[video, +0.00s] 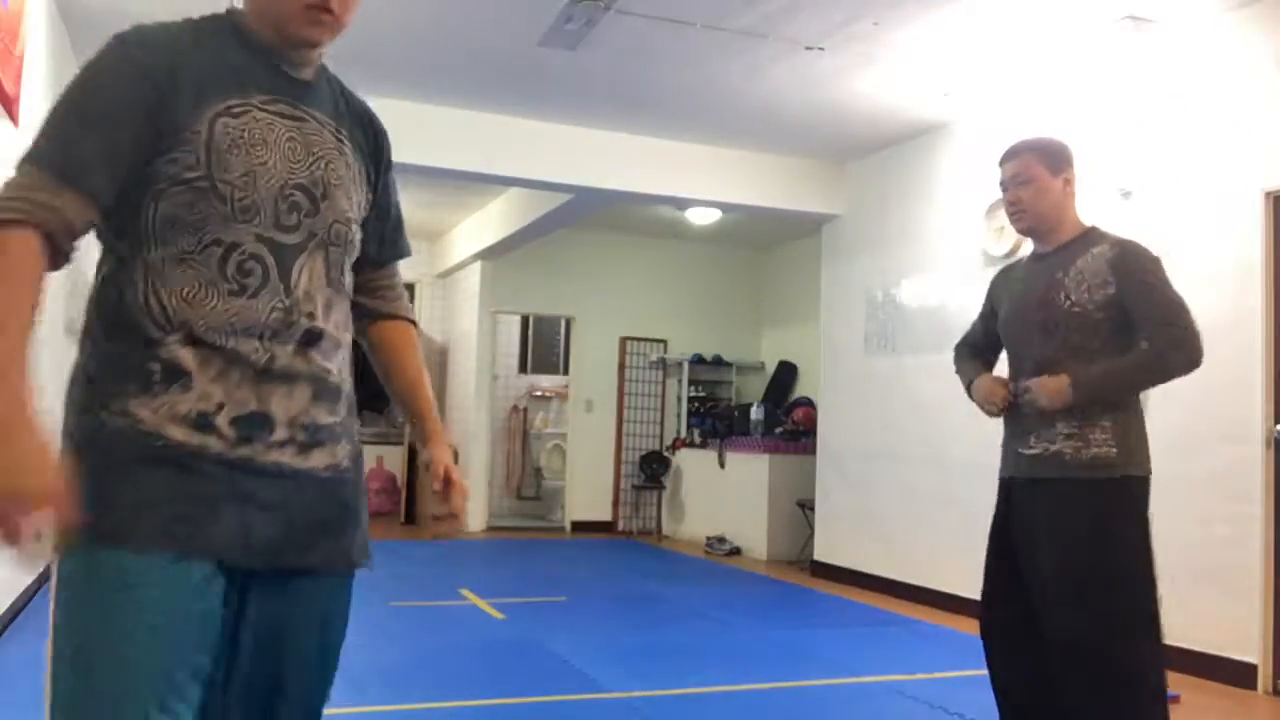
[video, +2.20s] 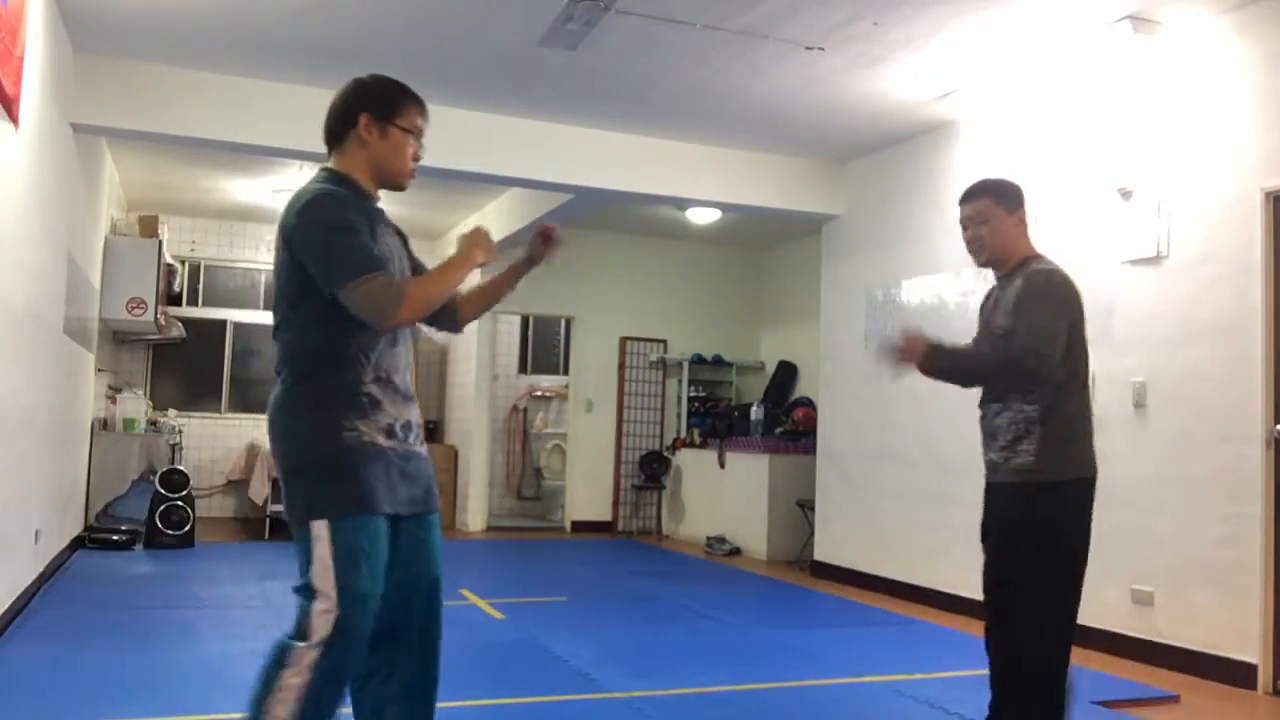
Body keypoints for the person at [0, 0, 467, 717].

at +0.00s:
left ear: (357, 3)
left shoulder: (361, 129)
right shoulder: (152, 63)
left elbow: (382, 298)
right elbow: (23, 226)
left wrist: (431, 429)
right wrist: (14, 427)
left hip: (312, 519)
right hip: (149, 501)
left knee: (279, 713)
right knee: (124, 708)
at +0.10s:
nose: (324, 3)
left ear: (351, 10)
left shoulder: (350, 135)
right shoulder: (156, 72)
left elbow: (366, 302)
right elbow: (45, 233)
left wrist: (410, 438)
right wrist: (91, 410)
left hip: (308, 515)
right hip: (150, 503)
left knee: (282, 711)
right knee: (131, 707)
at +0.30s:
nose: (292, 27)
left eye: (313, 14)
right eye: (273, 4)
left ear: (327, 31)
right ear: (219, 4)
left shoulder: (309, 158)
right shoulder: (150, 104)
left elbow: (312, 327)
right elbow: (85, 270)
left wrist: (338, 456)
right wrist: (202, 405)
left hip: (295, 510)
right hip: (147, 503)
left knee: (287, 710)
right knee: (134, 710)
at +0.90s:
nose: (332, 110)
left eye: (346, 99)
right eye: (313, 90)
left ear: (356, 115)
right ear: (266, 93)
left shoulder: (336, 217)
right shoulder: (232, 190)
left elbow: (355, 342)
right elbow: (194, 328)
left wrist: (417, 429)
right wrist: (310, 423)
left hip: (338, 496)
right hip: (246, 498)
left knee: (344, 686)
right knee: (214, 697)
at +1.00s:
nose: (353, 118)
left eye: (367, 107)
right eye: (336, 98)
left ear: (376, 122)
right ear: (290, 101)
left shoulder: (352, 219)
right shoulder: (257, 192)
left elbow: (376, 339)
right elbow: (238, 323)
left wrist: (464, 386)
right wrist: (368, 383)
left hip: (353, 478)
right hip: (265, 477)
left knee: (357, 672)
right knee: (220, 678)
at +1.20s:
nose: (362, 126)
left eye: (374, 116)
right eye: (345, 108)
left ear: (381, 129)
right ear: (298, 106)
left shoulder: (357, 223)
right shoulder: (269, 193)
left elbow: (429, 311)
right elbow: (316, 306)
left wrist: (510, 275)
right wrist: (435, 275)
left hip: (356, 463)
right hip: (273, 461)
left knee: (361, 650)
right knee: (242, 645)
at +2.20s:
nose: (420, 153)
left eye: (422, 140)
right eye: (411, 136)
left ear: (375, 136)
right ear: (366, 129)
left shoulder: (385, 230)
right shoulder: (322, 208)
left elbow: (450, 314)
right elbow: (385, 306)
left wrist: (523, 262)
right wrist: (463, 260)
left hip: (400, 445)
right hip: (333, 444)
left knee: (410, 622)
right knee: (338, 619)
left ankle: (397, 717)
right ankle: (279, 713)